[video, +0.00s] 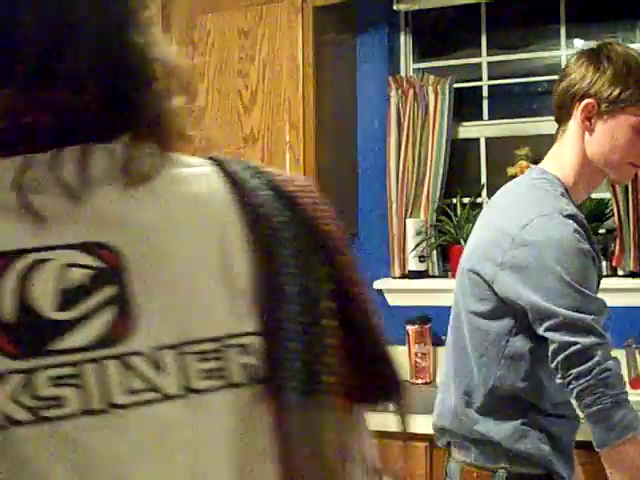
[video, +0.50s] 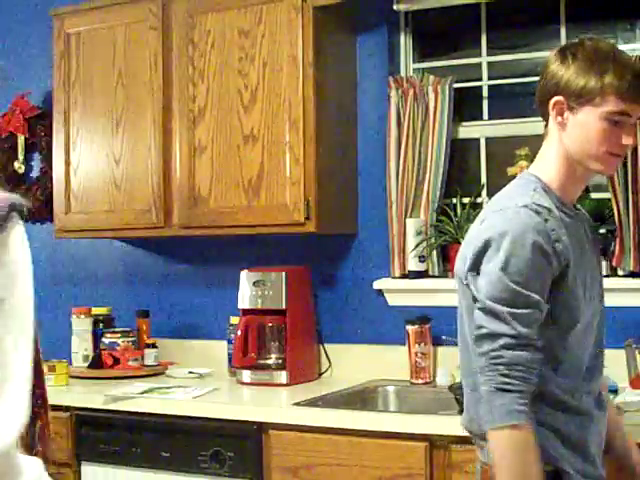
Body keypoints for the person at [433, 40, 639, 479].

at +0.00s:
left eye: (639, 127)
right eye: (636, 125)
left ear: (587, 117)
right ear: (587, 116)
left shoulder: (522, 200)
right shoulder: (547, 227)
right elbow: (595, 385)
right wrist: (626, 470)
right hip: (507, 468)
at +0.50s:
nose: (630, 140)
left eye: (634, 125)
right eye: (616, 121)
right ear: (560, 113)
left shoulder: (573, 224)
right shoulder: (520, 227)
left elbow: (584, 381)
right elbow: (504, 408)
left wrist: (625, 460)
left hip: (580, 462)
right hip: (541, 465)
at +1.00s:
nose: (534, 118)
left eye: (555, 102)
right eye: (526, 102)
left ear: (601, 120)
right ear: (518, 110)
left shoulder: (622, 227)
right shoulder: (468, 222)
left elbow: (631, 343)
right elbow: (414, 362)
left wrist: (577, 220)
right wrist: (400, 475)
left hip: (573, 466)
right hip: (473, 461)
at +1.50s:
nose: (472, 110)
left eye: (493, 96)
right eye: (470, 97)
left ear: (545, 114)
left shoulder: (587, 213)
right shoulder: (423, 228)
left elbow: (557, 314)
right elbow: (388, 367)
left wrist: (508, 196)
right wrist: (373, 474)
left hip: (550, 462)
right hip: (446, 462)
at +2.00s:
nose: (458, 116)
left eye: (469, 99)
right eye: (460, 101)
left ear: (518, 109)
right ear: (517, 110)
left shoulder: (600, 211)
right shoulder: (440, 222)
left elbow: (565, 303)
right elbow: (414, 359)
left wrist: (504, 184)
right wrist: (405, 473)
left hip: (557, 461)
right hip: (457, 458)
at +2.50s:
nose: (489, 123)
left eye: (502, 108)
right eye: (487, 111)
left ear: (553, 111)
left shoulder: (614, 218)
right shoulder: (459, 224)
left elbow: (529, 292)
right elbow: (432, 349)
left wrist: (498, 177)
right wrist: (411, 465)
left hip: (544, 463)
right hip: (445, 459)